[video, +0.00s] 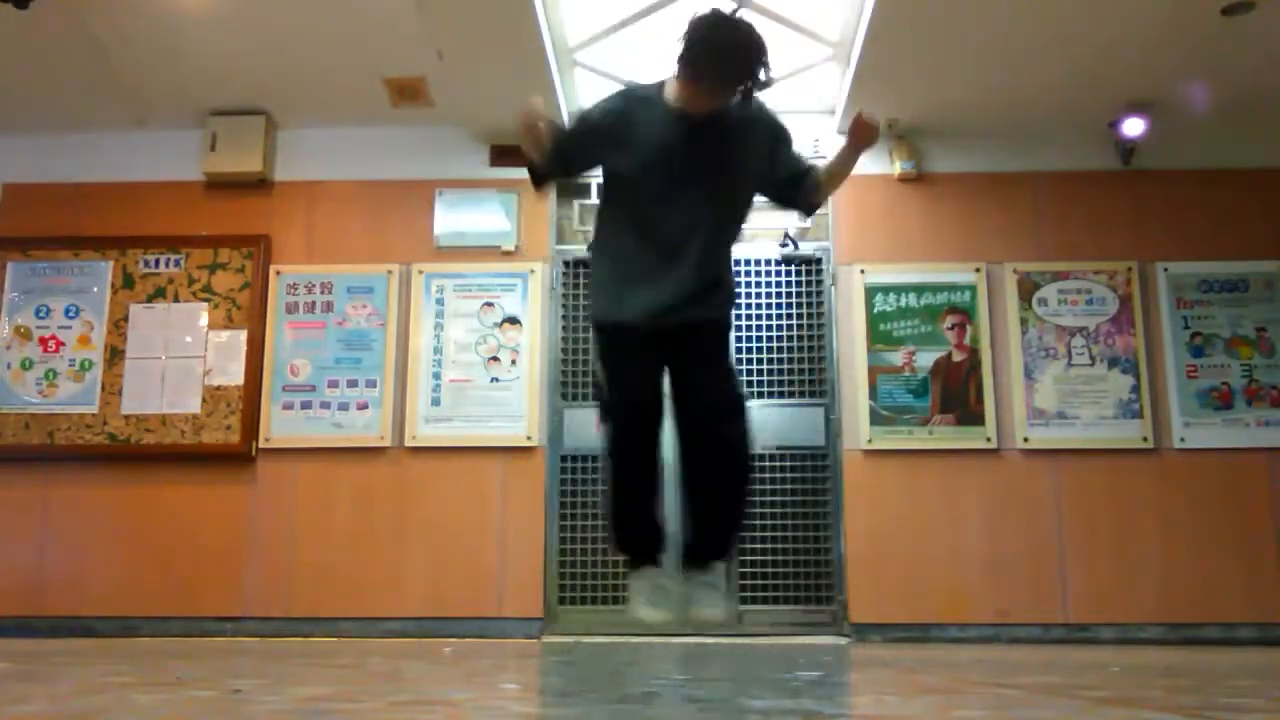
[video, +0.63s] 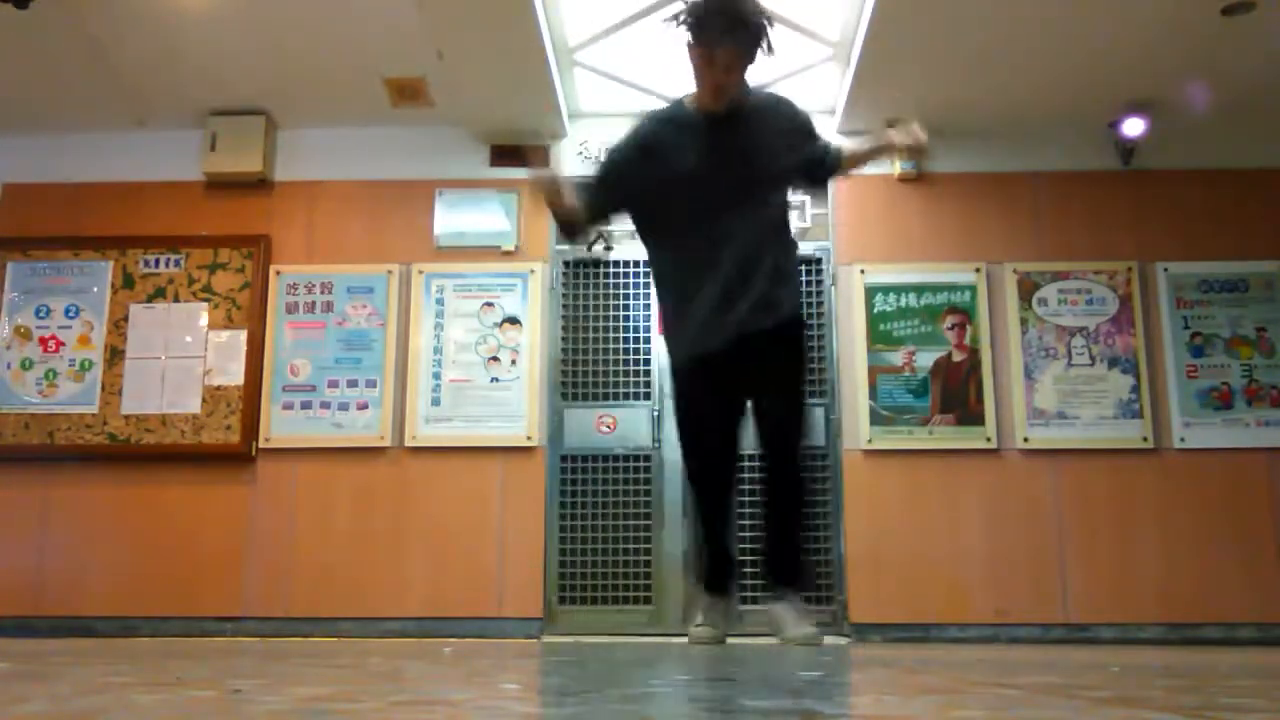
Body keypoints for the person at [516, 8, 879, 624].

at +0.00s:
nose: (711, 99)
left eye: (724, 89)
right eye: (709, 85)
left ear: (740, 84)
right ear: (693, 68)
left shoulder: (752, 128)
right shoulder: (629, 112)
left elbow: (807, 192)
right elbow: (555, 161)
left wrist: (851, 150)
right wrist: (537, 136)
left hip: (702, 310)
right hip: (624, 309)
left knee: (717, 433)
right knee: (633, 435)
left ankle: (706, 569)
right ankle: (643, 570)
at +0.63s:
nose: (721, 74)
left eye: (734, 60)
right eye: (710, 57)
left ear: (752, 55)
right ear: (691, 52)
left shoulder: (775, 119)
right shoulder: (654, 139)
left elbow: (821, 166)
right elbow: (584, 216)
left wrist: (883, 145)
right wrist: (556, 193)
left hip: (776, 320)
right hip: (696, 329)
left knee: (784, 458)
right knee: (709, 467)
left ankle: (786, 596)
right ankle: (715, 597)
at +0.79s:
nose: (749, 102)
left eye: (760, 88)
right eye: (738, 88)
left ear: (776, 88)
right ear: (716, 85)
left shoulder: (804, 153)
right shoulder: (679, 174)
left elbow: (872, 177)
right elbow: (628, 247)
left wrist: (954, 162)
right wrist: (603, 277)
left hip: (802, 343)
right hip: (724, 349)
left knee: (824, 478)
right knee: (751, 455)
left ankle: (796, 605)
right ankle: (721, 555)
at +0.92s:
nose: (756, 69)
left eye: (768, 58)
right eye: (747, 55)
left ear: (785, 54)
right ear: (728, 47)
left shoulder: (807, 107)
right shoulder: (691, 119)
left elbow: (871, 134)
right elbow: (622, 171)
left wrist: (911, 119)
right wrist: (668, 166)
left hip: (808, 279)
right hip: (729, 275)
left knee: (812, 428)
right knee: (799, 325)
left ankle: (793, 579)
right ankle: (762, 464)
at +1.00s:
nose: (768, 48)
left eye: (781, 36)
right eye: (759, 33)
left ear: (794, 34)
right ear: (738, 25)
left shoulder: (806, 88)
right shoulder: (695, 94)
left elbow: (859, 143)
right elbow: (682, 170)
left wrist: (872, 124)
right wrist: (764, 164)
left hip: (803, 258)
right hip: (725, 254)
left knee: (813, 409)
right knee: (800, 312)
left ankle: (784, 565)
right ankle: (821, 480)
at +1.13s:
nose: (792, 51)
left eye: (803, 40)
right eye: (782, 35)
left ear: (812, 45)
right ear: (754, 30)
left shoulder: (808, 122)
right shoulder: (716, 111)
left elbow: (818, 185)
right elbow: (749, 199)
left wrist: (788, 183)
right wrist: (841, 234)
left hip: (789, 286)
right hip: (724, 286)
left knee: (800, 433)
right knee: (813, 390)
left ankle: (798, 600)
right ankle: (938, 494)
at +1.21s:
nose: (803, 92)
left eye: (813, 80)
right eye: (793, 76)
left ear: (820, 85)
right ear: (762, 68)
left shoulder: (807, 162)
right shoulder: (724, 133)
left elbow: (860, 201)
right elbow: (731, 196)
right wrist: (801, 236)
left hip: (783, 332)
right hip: (721, 330)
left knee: (809, 450)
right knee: (830, 393)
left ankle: (791, 612)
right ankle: (940, 525)